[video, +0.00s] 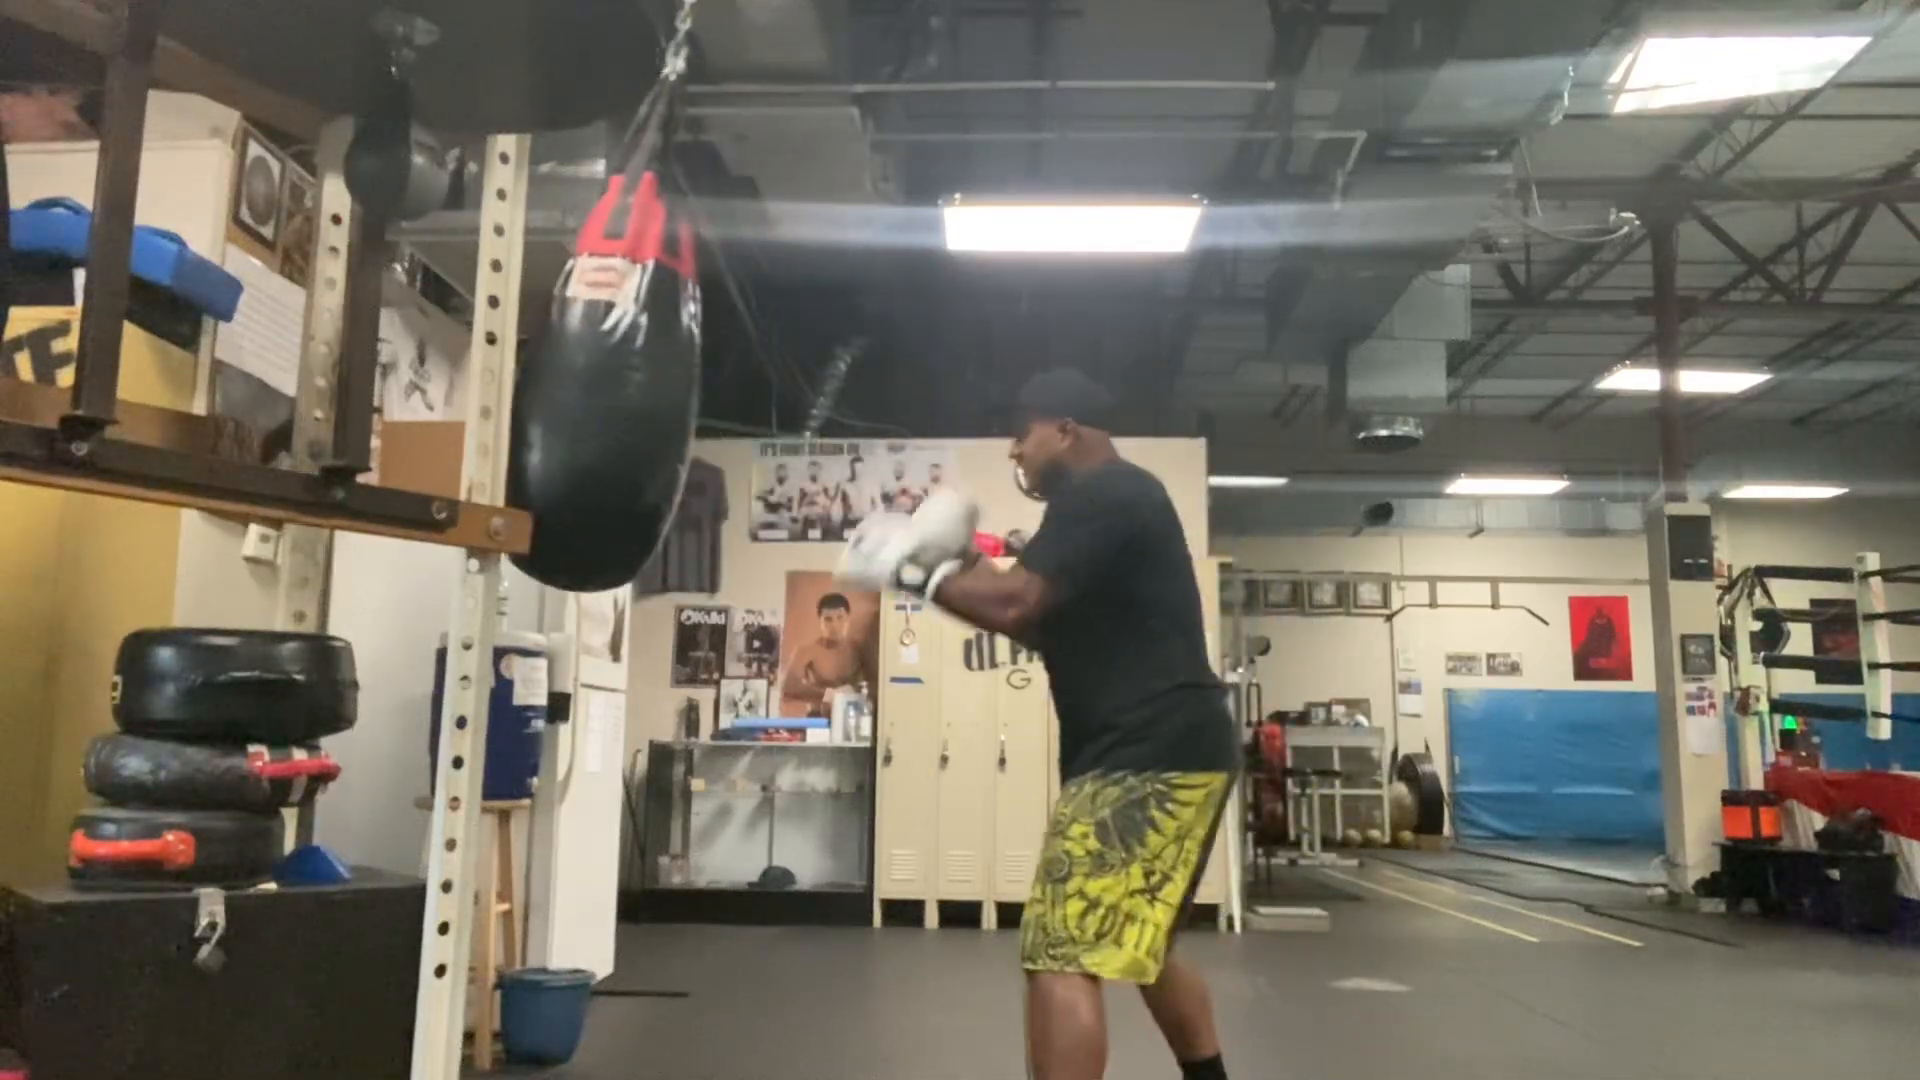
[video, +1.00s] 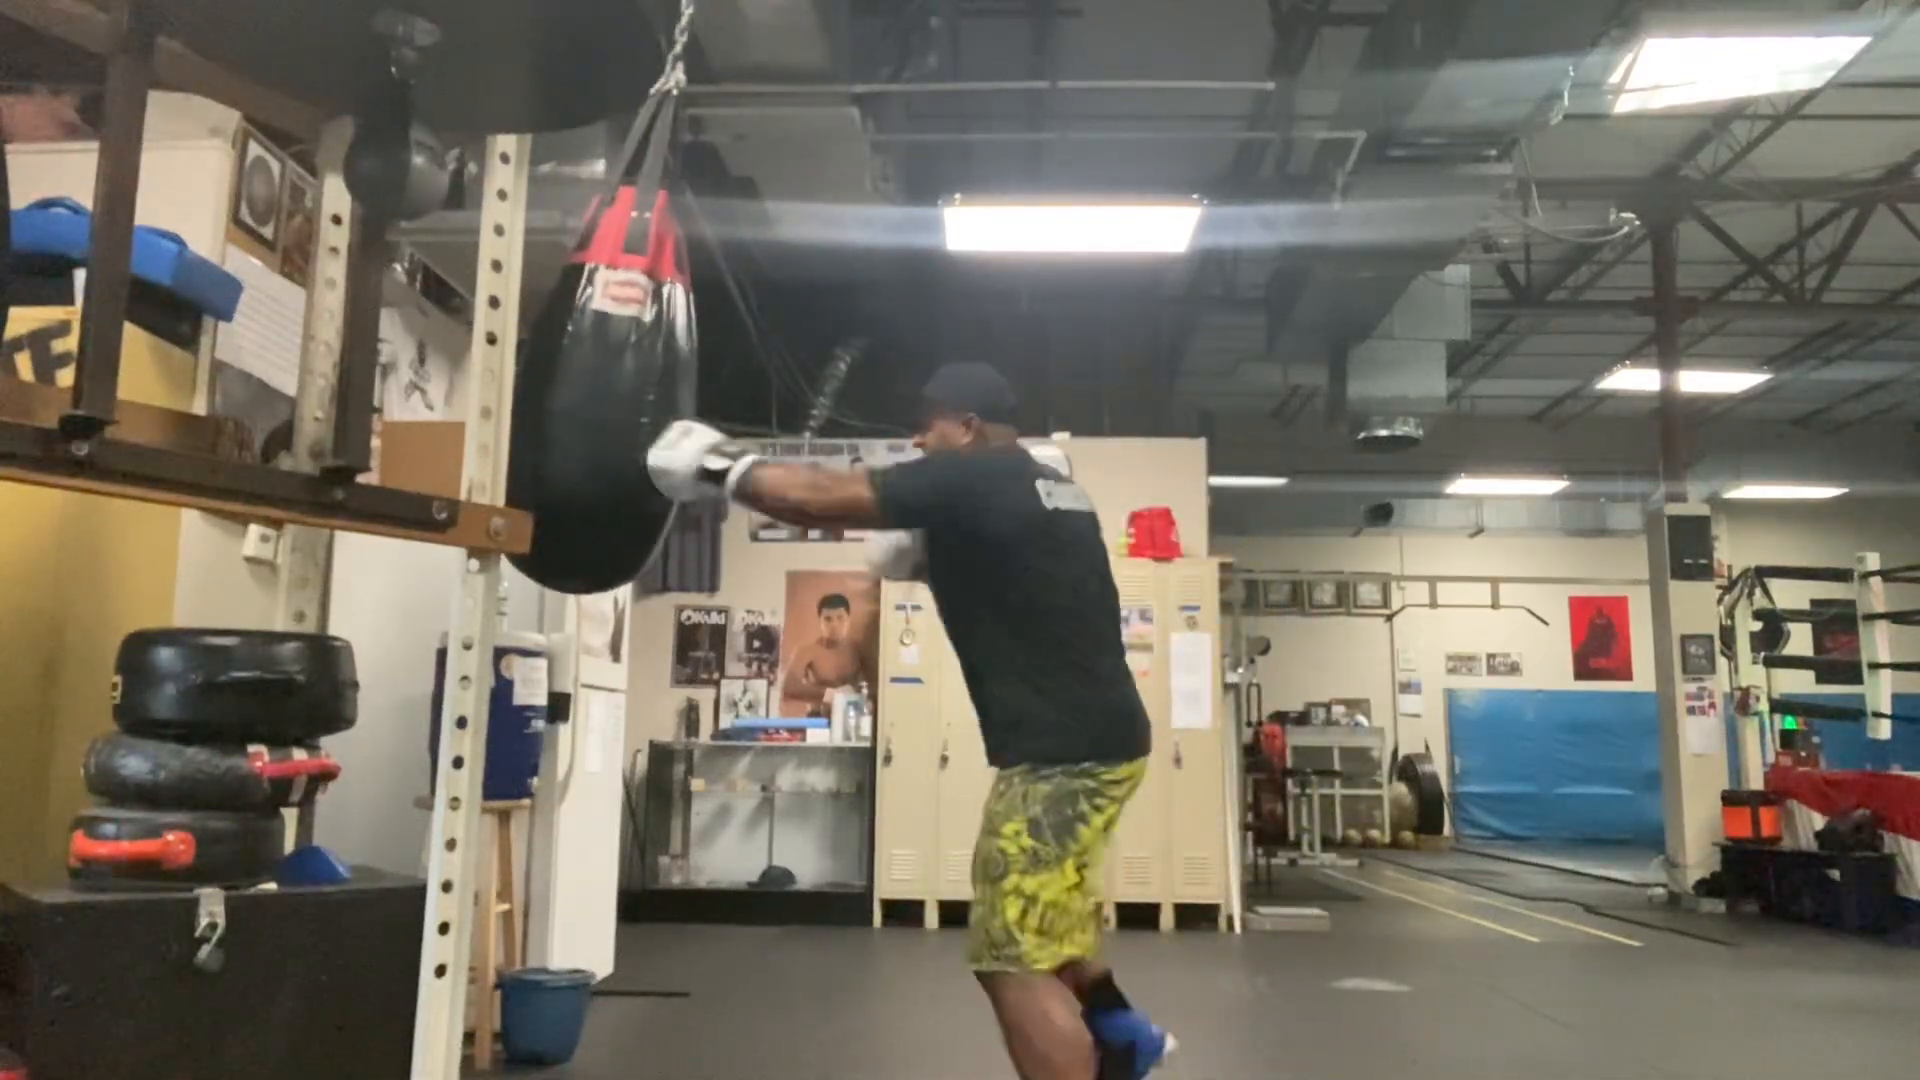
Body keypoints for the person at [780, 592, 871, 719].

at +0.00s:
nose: (835, 625)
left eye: (840, 618)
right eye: (828, 619)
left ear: (848, 619)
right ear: (819, 621)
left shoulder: (857, 652)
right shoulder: (806, 652)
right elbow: (789, 687)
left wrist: (817, 687)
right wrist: (826, 695)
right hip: (819, 718)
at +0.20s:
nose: (834, 625)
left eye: (840, 618)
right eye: (828, 619)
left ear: (848, 620)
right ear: (819, 621)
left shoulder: (857, 653)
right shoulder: (806, 652)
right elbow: (789, 688)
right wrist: (827, 694)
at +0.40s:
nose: (835, 625)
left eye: (840, 618)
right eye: (828, 619)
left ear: (848, 620)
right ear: (820, 621)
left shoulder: (856, 653)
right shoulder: (806, 652)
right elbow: (789, 688)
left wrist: (816, 687)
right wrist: (828, 694)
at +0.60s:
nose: (834, 625)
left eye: (840, 618)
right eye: (828, 619)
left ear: (848, 620)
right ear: (819, 621)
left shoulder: (855, 653)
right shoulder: (806, 652)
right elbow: (789, 688)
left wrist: (817, 686)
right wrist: (827, 694)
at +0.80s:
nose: (834, 625)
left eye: (840, 618)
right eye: (828, 619)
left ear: (848, 620)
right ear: (819, 621)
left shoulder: (856, 652)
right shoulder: (806, 652)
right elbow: (790, 687)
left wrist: (817, 686)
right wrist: (827, 694)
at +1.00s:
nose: (834, 625)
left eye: (840, 618)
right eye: (828, 619)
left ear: (848, 620)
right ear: (819, 621)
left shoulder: (855, 653)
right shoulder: (806, 652)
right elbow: (790, 688)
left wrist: (817, 685)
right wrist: (827, 694)